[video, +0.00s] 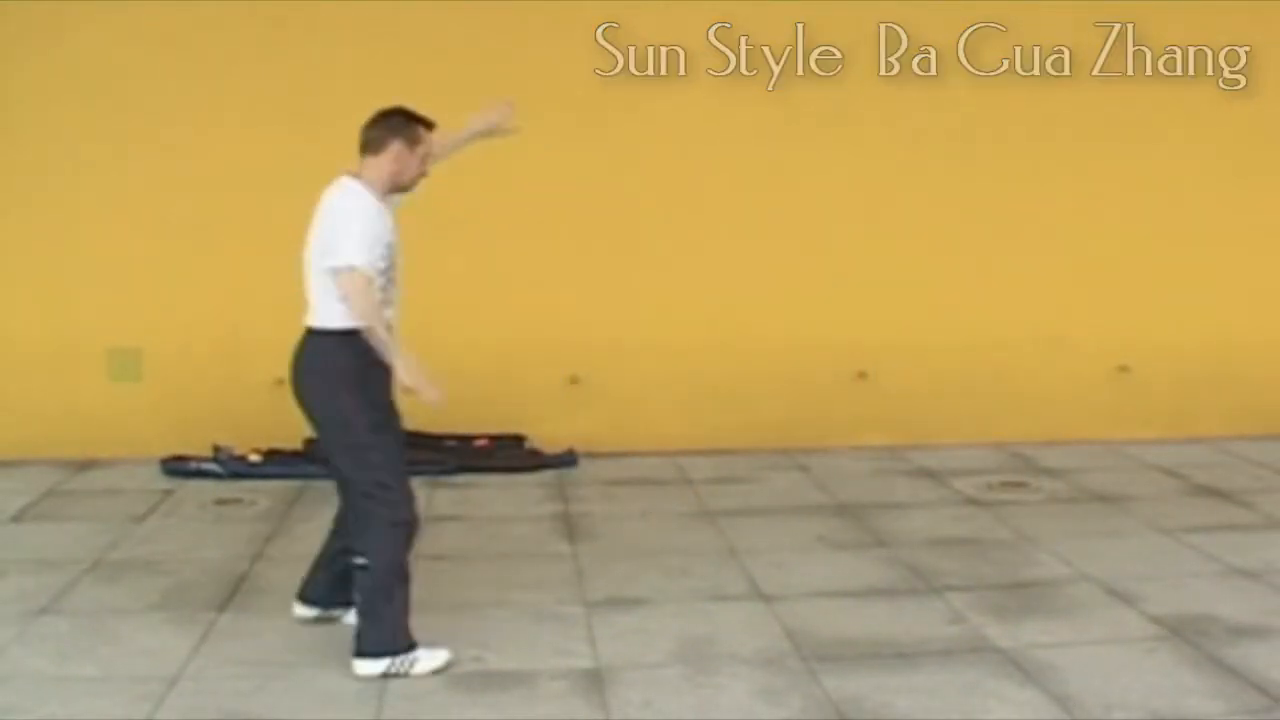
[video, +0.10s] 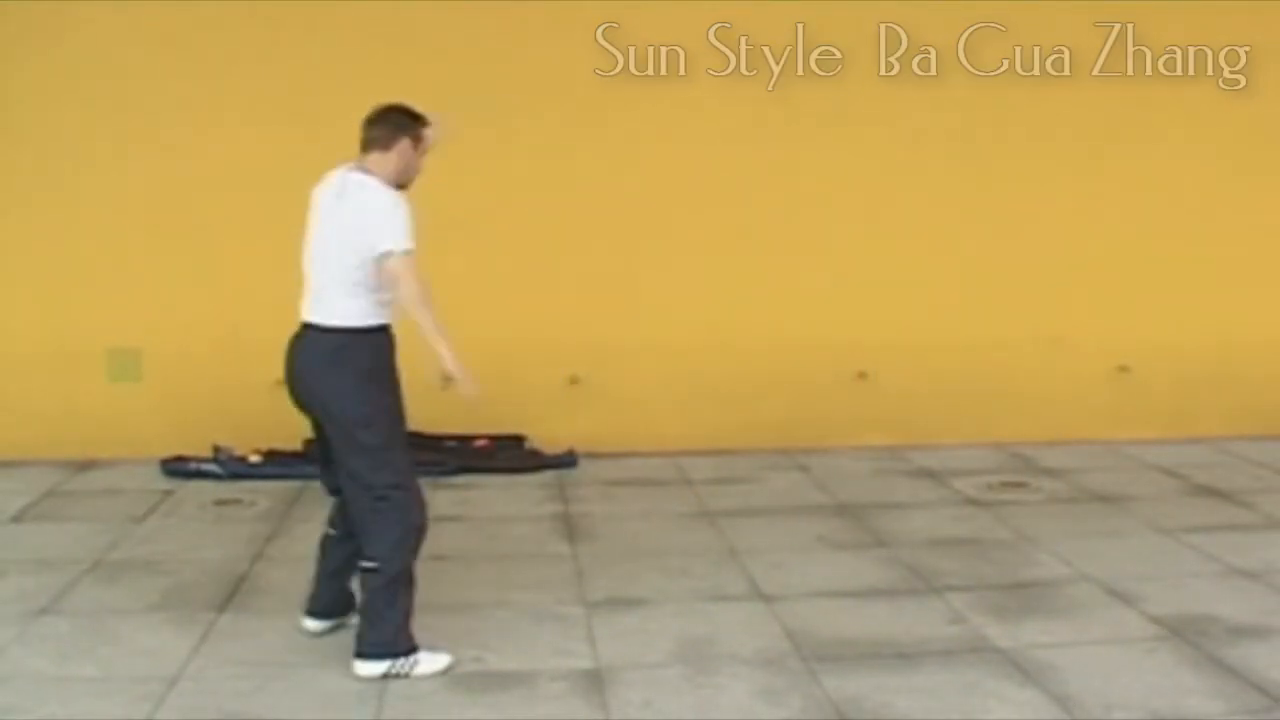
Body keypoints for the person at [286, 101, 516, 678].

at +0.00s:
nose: (423, 172)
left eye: (426, 161)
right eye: (419, 159)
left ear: (385, 155)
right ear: (392, 154)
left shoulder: (359, 195)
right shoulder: (356, 208)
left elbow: (423, 159)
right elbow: (358, 301)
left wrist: (475, 130)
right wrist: (403, 366)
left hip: (339, 355)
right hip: (341, 361)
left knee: (370, 489)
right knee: (389, 507)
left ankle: (326, 591)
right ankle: (382, 646)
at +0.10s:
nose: (420, 166)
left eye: (423, 155)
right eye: (420, 154)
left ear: (370, 142)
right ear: (402, 147)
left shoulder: (330, 187)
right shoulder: (383, 202)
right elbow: (402, 283)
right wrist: (446, 356)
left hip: (312, 350)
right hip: (355, 357)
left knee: (355, 489)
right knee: (395, 504)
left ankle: (327, 602)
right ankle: (384, 646)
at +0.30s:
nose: (380, 157)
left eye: (369, 149)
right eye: (381, 148)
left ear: (331, 148)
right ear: (378, 148)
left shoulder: (301, 194)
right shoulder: (400, 198)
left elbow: (243, 201)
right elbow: (471, 236)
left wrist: (307, 193)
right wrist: (532, 299)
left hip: (314, 354)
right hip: (381, 353)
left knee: (321, 487)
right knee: (400, 497)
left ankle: (342, 607)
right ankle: (386, 645)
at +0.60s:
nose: (265, 168)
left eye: (264, 158)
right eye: (265, 158)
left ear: (274, 155)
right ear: (314, 150)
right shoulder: (362, 196)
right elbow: (434, 224)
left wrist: (193, 279)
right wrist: (434, 280)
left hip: (319, 354)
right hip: (381, 346)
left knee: (304, 490)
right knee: (383, 474)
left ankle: (342, 612)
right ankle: (432, 580)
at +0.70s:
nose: (251, 169)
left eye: (253, 157)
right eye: (250, 158)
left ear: (274, 154)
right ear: (296, 153)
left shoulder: (288, 206)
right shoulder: (344, 196)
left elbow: (240, 271)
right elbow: (390, 235)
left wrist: (204, 286)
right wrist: (356, 282)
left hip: (328, 351)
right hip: (376, 343)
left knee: (303, 490)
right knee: (353, 473)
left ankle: (342, 612)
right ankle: (399, 574)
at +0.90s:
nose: (237, 167)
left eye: (240, 154)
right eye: (235, 156)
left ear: (267, 150)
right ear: (273, 152)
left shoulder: (317, 199)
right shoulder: (296, 207)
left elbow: (338, 268)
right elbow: (301, 279)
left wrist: (278, 279)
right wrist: (269, 328)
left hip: (345, 344)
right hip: (327, 340)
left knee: (313, 485)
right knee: (332, 474)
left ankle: (344, 610)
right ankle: (367, 575)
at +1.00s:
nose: (241, 166)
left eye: (244, 153)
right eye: (239, 154)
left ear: (270, 150)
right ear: (272, 151)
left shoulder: (325, 197)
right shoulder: (288, 213)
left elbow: (345, 268)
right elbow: (272, 291)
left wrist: (282, 263)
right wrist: (217, 288)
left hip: (347, 343)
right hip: (322, 342)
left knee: (315, 484)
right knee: (330, 474)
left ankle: (346, 610)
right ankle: (366, 576)